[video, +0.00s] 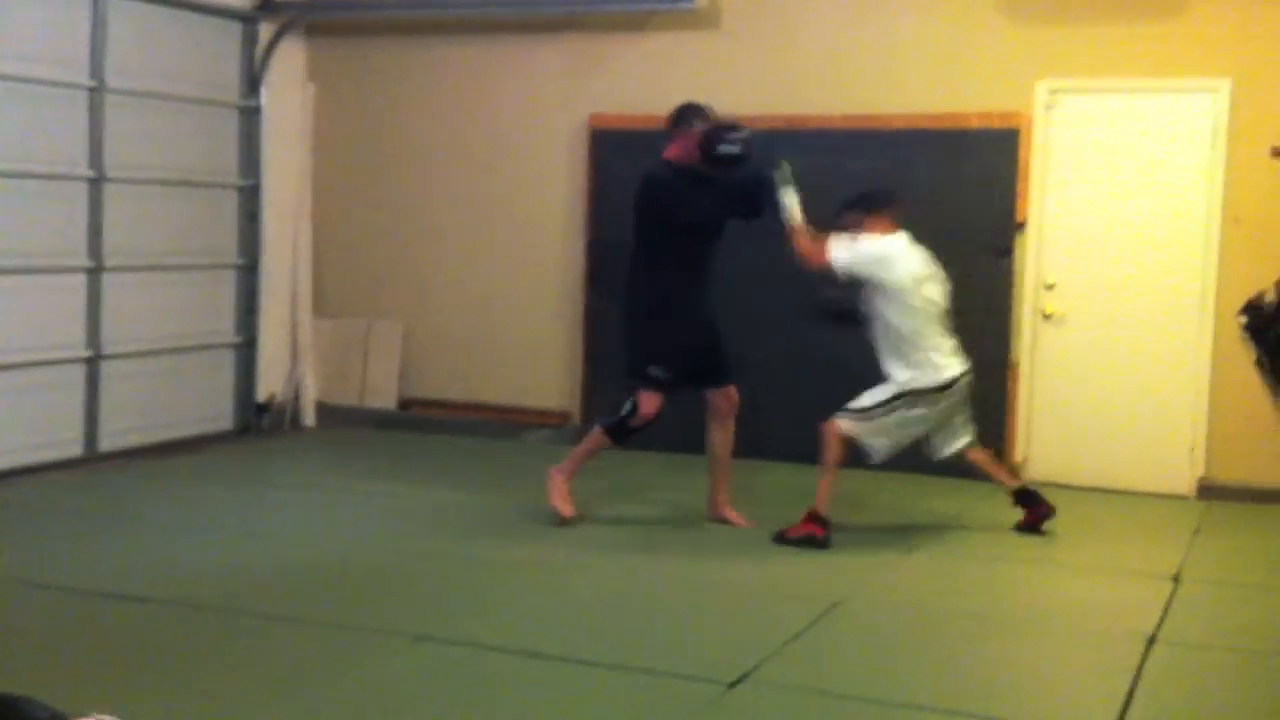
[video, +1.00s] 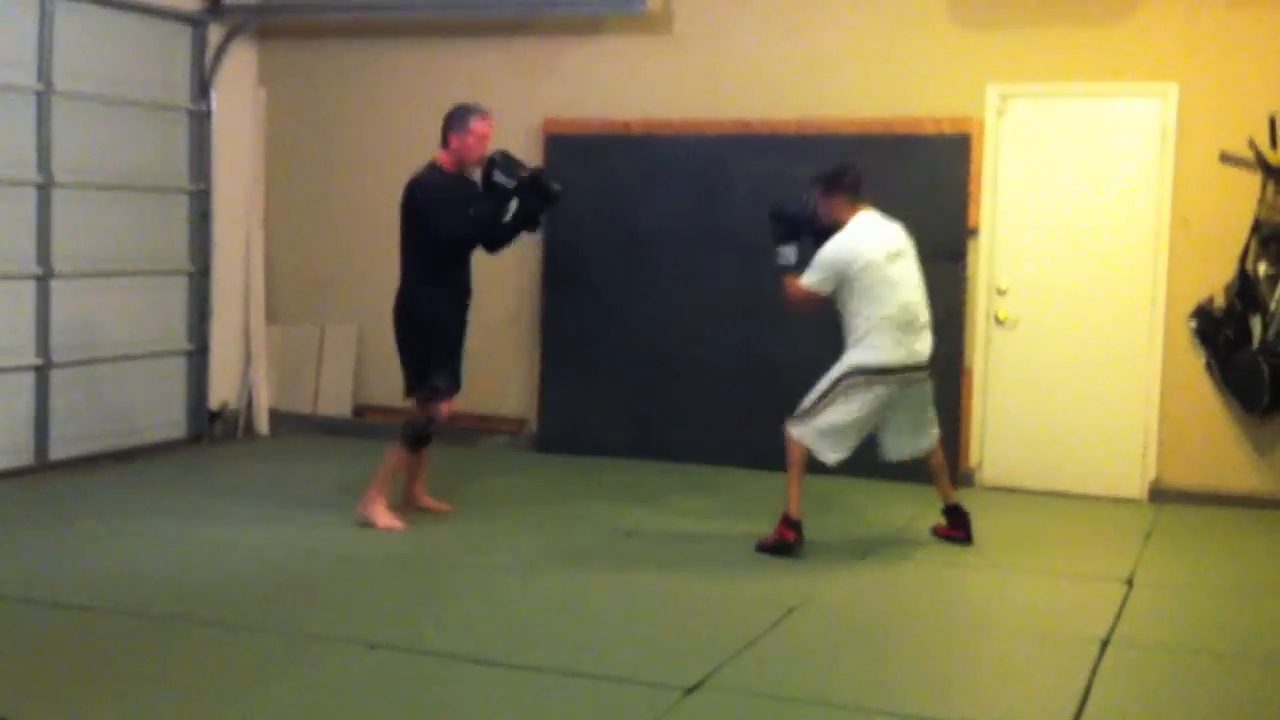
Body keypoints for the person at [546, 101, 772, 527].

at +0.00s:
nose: (706, 148)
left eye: (708, 140)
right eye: (699, 138)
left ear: (706, 141)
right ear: (678, 138)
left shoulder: (706, 181)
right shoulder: (659, 181)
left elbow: (750, 210)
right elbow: (699, 220)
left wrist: (745, 167)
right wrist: (723, 174)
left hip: (693, 305)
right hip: (653, 306)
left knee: (724, 400)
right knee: (647, 405)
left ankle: (719, 503)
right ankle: (562, 473)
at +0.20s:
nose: (643, 158)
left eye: (647, 149)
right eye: (637, 149)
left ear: (647, 152)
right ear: (619, 148)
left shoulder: (649, 192)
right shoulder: (596, 191)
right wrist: (663, 186)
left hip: (645, 315)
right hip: (603, 317)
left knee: (679, 397)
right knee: (598, 408)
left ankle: (705, 496)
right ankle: (520, 485)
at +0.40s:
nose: (588, 170)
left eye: (590, 162)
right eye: (584, 161)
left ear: (570, 158)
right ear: (565, 157)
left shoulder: (570, 196)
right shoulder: (533, 193)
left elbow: (588, 256)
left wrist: (611, 203)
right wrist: (603, 198)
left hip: (545, 308)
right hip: (507, 311)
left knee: (594, 378)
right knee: (524, 408)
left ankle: (563, 478)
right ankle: (475, 500)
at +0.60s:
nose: (531, 165)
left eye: (535, 157)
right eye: (527, 154)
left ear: (517, 153)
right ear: (504, 146)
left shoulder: (507, 185)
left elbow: (526, 247)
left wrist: (551, 203)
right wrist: (549, 203)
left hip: (459, 302)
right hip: (449, 304)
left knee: (444, 397)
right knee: (470, 398)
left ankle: (405, 477)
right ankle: (454, 502)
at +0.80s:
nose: (516, 149)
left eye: (517, 141)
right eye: (510, 140)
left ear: (499, 145)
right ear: (484, 142)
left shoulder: (494, 195)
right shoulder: (454, 188)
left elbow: (499, 257)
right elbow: (485, 253)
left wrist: (539, 235)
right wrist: (521, 225)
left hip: (451, 307)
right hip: (431, 307)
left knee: (432, 395)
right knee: (475, 392)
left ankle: (411, 484)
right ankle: (453, 498)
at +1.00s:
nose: (486, 149)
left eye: (488, 140)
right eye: (482, 139)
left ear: (465, 139)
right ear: (456, 138)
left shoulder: (463, 185)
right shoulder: (430, 187)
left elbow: (491, 239)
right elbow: (470, 233)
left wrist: (528, 209)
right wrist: (497, 193)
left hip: (446, 308)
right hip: (423, 308)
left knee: (436, 403)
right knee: (431, 404)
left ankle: (415, 491)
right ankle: (376, 498)